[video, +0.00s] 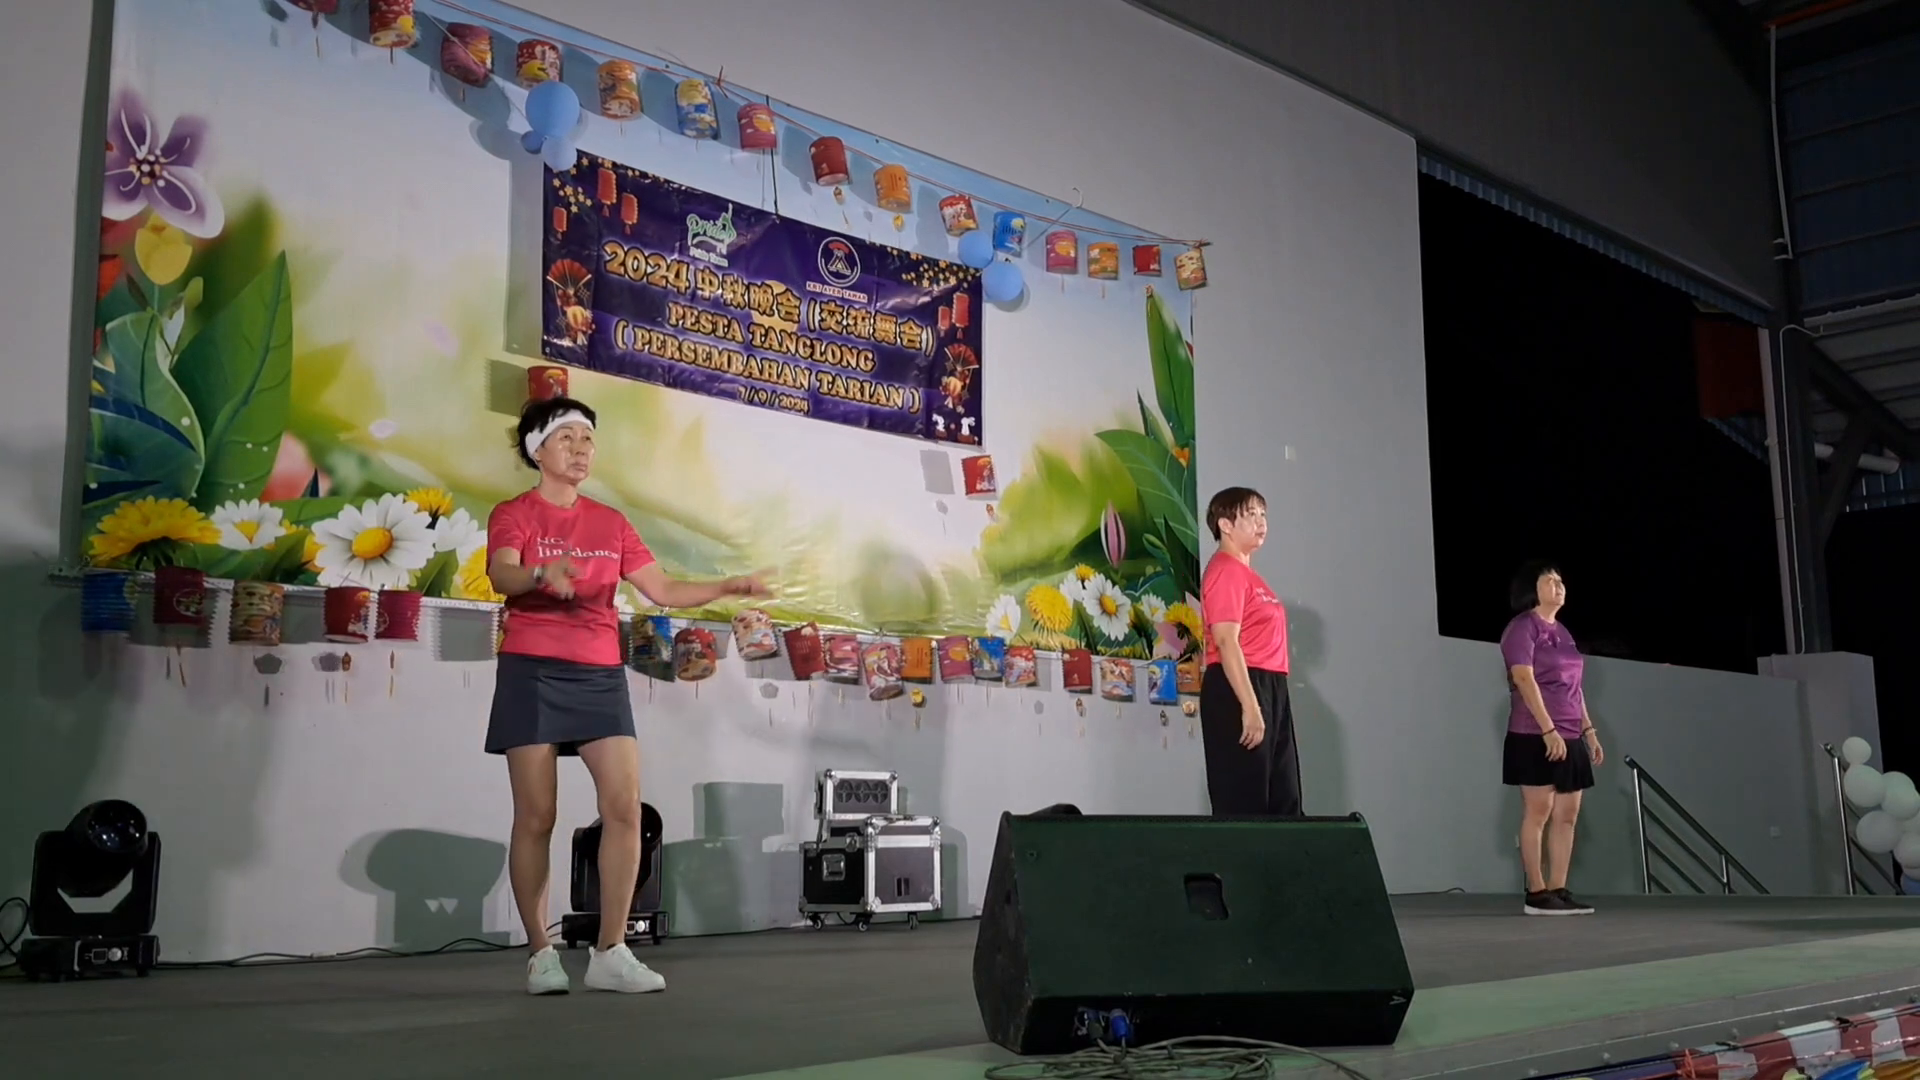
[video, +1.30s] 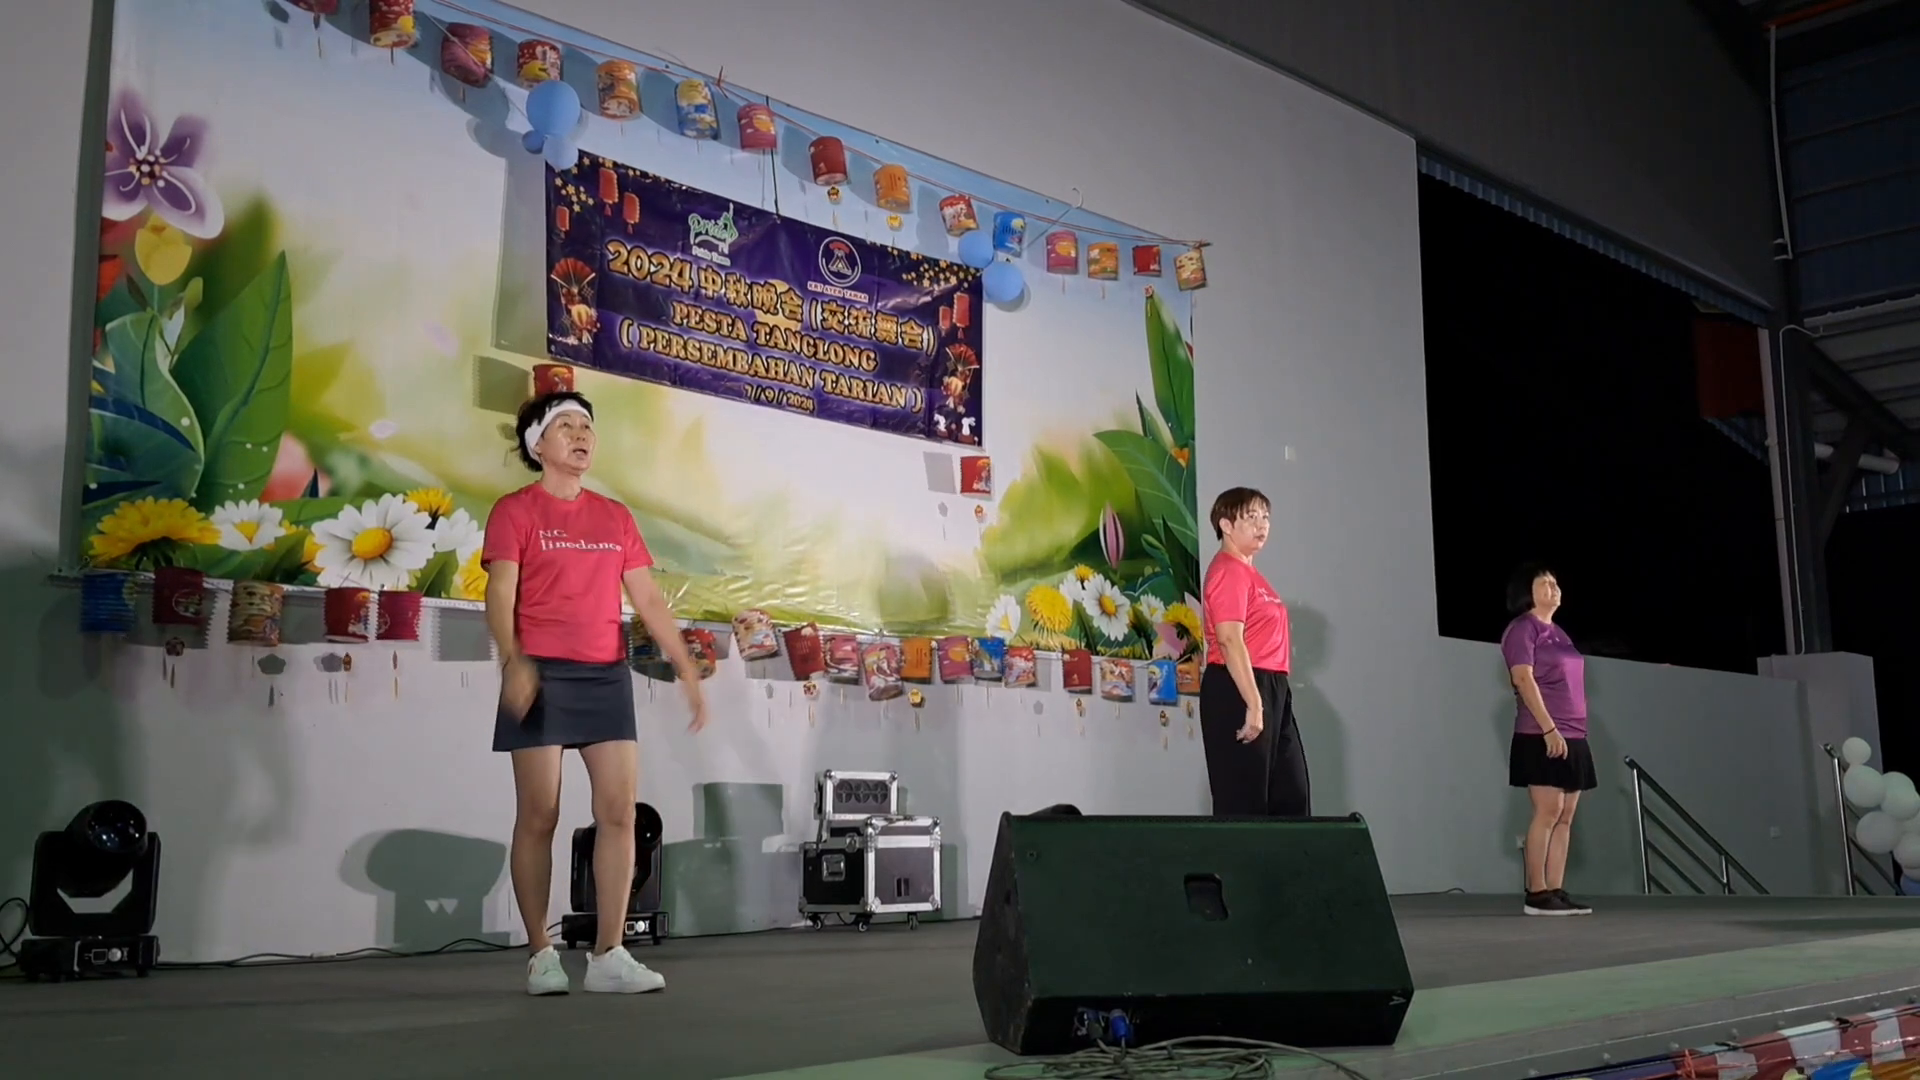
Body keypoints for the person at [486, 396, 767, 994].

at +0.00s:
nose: (580, 448)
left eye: (587, 438)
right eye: (566, 438)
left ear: (593, 450)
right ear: (536, 450)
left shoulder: (611, 523)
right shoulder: (513, 516)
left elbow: (664, 591)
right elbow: (503, 580)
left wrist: (731, 586)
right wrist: (540, 577)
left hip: (600, 676)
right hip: (530, 674)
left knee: (624, 807)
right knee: (536, 816)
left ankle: (610, 950)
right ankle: (542, 950)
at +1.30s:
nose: (581, 438)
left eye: (586, 430)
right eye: (568, 428)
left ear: (593, 444)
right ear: (537, 442)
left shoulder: (616, 517)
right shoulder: (515, 512)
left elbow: (648, 599)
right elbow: (500, 595)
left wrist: (686, 668)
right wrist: (512, 661)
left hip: (607, 677)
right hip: (538, 674)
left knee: (619, 810)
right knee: (539, 813)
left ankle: (610, 952)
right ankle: (541, 950)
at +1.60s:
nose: (586, 439)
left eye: (591, 431)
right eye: (571, 431)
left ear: (598, 446)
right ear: (541, 447)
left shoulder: (618, 520)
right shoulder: (514, 517)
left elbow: (612, 603)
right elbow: (482, 605)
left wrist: (613, 670)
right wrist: (444, 680)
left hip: (603, 679)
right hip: (531, 678)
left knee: (627, 807)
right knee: (535, 817)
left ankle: (610, 949)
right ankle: (541, 950)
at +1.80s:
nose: (581, 438)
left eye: (588, 430)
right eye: (567, 429)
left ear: (597, 446)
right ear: (539, 444)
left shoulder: (618, 518)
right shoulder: (511, 514)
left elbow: (632, 612)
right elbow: (481, 606)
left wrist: (643, 695)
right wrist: (467, 691)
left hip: (603, 681)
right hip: (528, 678)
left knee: (623, 809)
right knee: (533, 815)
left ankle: (608, 952)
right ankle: (541, 950)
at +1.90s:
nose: (580, 438)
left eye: (587, 429)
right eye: (565, 428)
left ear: (595, 443)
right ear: (537, 443)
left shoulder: (616, 516)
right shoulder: (509, 514)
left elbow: (639, 600)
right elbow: (475, 604)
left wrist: (677, 664)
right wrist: (487, 660)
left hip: (603, 678)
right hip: (529, 677)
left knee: (621, 810)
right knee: (532, 818)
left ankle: (608, 953)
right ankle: (542, 950)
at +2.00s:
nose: (581, 438)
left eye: (588, 429)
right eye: (567, 429)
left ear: (595, 442)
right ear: (536, 441)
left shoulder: (616, 515)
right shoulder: (510, 513)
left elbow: (640, 591)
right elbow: (471, 596)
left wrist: (687, 627)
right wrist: (489, 626)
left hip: (604, 677)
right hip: (531, 676)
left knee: (621, 808)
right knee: (531, 816)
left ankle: (604, 949)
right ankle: (541, 951)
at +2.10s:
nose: (583, 437)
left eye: (589, 428)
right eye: (568, 428)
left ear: (597, 441)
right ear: (539, 442)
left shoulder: (619, 514)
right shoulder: (512, 512)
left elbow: (643, 593)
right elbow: (471, 594)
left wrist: (680, 609)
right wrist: (488, 613)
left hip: (606, 677)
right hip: (533, 676)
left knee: (616, 812)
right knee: (532, 816)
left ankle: (597, 948)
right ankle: (541, 950)